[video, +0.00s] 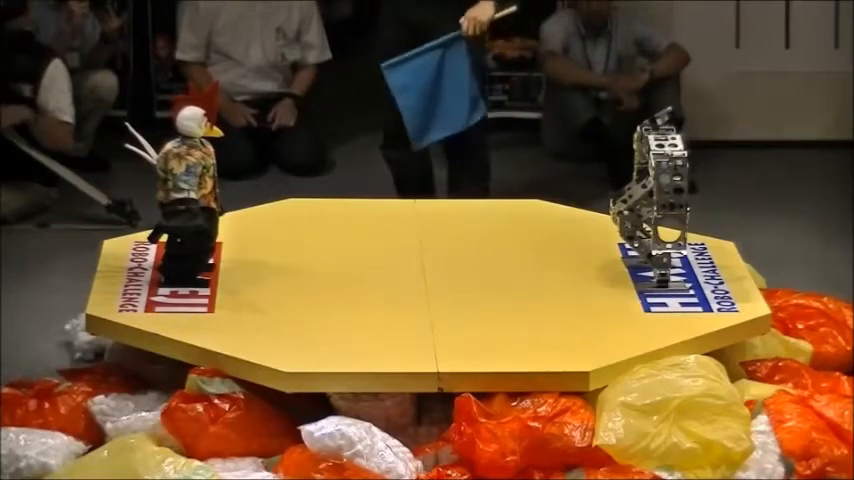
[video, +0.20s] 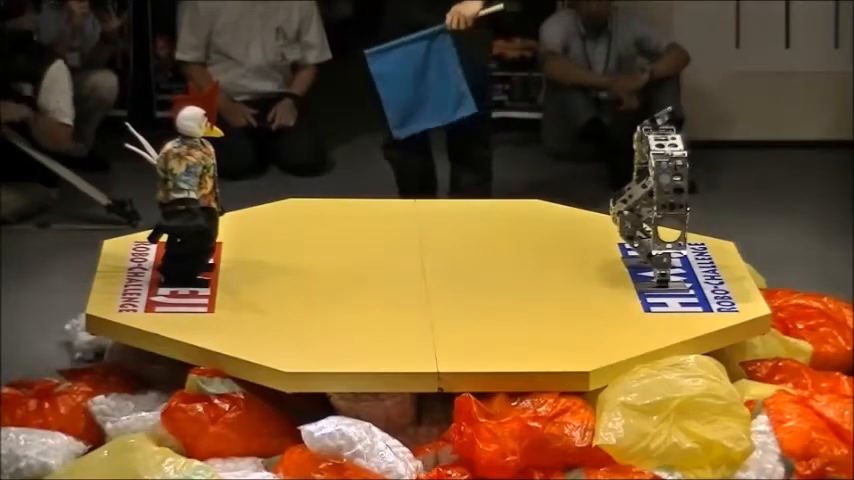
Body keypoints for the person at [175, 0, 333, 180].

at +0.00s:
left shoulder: (301, 5)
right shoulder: (202, 5)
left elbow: (310, 62)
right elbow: (191, 62)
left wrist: (291, 100)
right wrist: (226, 106)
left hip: (279, 99)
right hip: (227, 102)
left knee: (307, 161)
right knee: (238, 163)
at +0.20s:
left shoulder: (301, 5)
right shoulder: (202, 5)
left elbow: (310, 62)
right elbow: (191, 62)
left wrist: (291, 100)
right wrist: (226, 106)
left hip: (279, 99)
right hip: (227, 102)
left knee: (307, 161)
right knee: (238, 164)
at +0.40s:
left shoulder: (301, 5)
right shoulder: (202, 5)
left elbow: (310, 61)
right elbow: (191, 62)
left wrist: (291, 100)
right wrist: (226, 106)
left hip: (279, 98)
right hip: (227, 102)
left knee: (307, 161)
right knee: (238, 164)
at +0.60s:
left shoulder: (300, 5)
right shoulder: (201, 5)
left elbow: (310, 60)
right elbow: (191, 62)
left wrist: (291, 100)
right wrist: (226, 105)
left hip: (279, 98)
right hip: (227, 102)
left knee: (307, 161)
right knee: (237, 164)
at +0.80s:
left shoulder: (301, 5)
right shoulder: (199, 5)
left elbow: (311, 58)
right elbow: (190, 62)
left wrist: (293, 98)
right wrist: (226, 105)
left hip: (279, 97)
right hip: (227, 100)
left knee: (307, 160)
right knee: (237, 164)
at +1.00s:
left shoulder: (301, 5)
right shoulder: (196, 6)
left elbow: (317, 49)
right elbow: (187, 59)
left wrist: (299, 81)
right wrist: (220, 82)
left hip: (280, 97)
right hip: (229, 99)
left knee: (306, 161)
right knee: (237, 164)